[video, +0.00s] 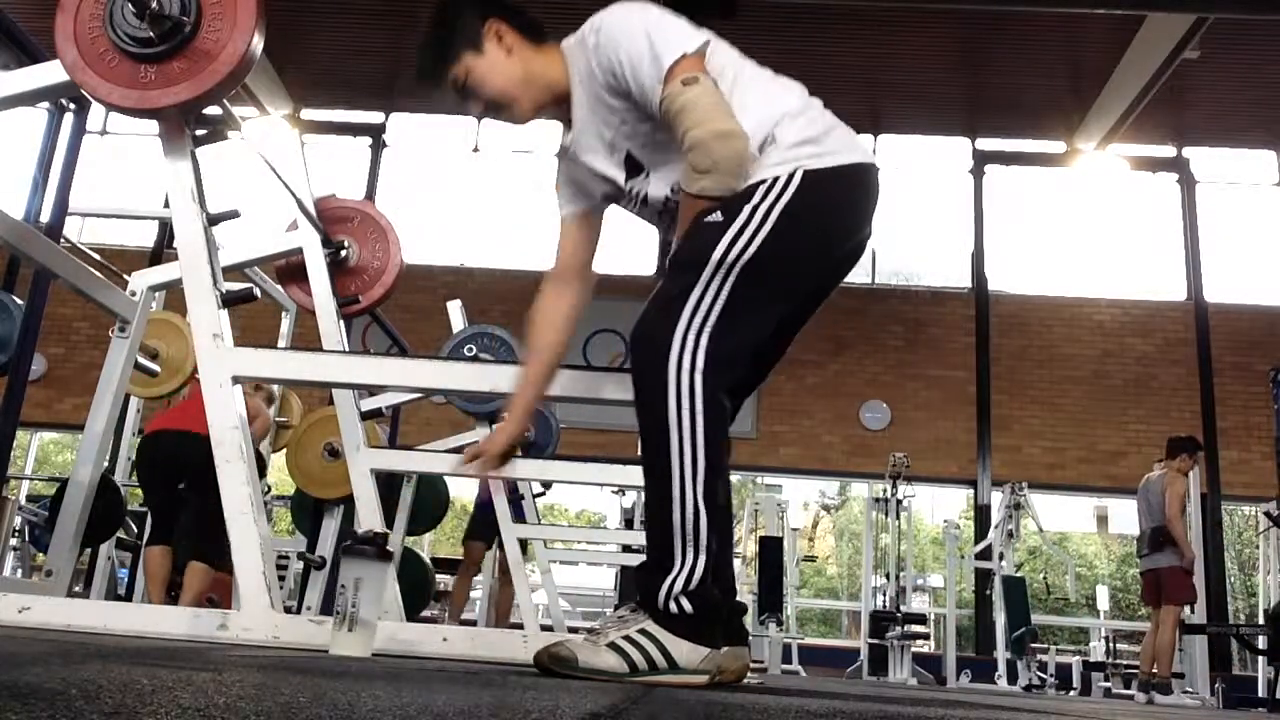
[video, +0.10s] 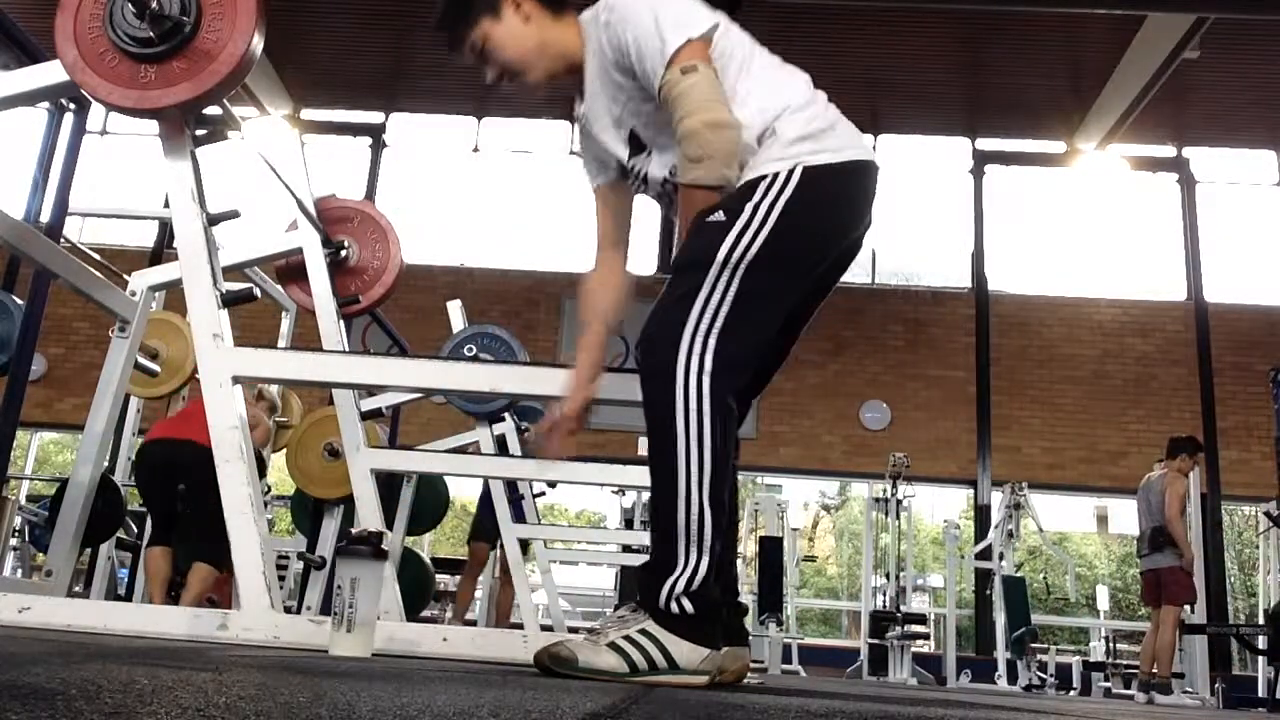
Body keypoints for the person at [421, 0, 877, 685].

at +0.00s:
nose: (477, 106)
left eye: (469, 84)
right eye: (466, 98)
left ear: (500, 38)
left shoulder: (620, 30)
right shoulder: (580, 157)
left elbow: (721, 149)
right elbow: (564, 285)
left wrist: (676, 259)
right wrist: (516, 417)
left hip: (802, 171)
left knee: (667, 350)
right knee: (689, 387)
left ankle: (684, 623)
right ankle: (710, 629)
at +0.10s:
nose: (494, 70)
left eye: (486, 47)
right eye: (483, 63)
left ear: (520, 6)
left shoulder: (628, 14)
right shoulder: (600, 125)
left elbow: (711, 136)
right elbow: (611, 259)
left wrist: (683, 281)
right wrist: (578, 390)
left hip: (802, 165)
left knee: (678, 353)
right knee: (702, 387)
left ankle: (684, 624)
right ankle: (713, 631)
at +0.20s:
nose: (513, 34)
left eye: (509, 12)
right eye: (505, 24)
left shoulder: (649, 4)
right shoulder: (618, 92)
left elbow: (714, 125)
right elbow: (658, 232)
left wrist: (692, 251)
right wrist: (642, 353)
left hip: (800, 166)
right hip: (770, 183)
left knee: (689, 367)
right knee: (682, 380)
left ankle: (687, 625)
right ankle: (711, 629)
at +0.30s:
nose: (548, 13)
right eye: (544, 8)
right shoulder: (644, 58)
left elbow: (726, 107)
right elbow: (678, 175)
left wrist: (679, 234)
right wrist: (676, 251)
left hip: (796, 172)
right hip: (764, 184)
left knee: (697, 373)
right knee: (698, 383)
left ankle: (685, 623)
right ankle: (712, 629)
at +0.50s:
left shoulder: (756, 3)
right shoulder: (698, 22)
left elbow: (770, 53)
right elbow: (745, 134)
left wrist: (717, 180)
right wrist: (722, 246)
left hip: (810, 168)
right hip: (768, 182)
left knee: (744, 380)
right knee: (714, 397)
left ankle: (752, 619)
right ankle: (718, 617)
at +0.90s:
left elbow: (848, 25)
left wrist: (813, 151)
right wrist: (839, 171)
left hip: (886, 186)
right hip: (859, 192)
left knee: (885, 413)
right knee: (796, 423)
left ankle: (993, 649)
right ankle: (721, 631)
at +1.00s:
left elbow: (863, 32)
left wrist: (842, 167)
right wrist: (867, 182)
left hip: (921, 179)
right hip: (896, 188)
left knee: (912, 402)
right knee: (832, 415)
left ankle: (997, 649)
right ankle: (760, 624)